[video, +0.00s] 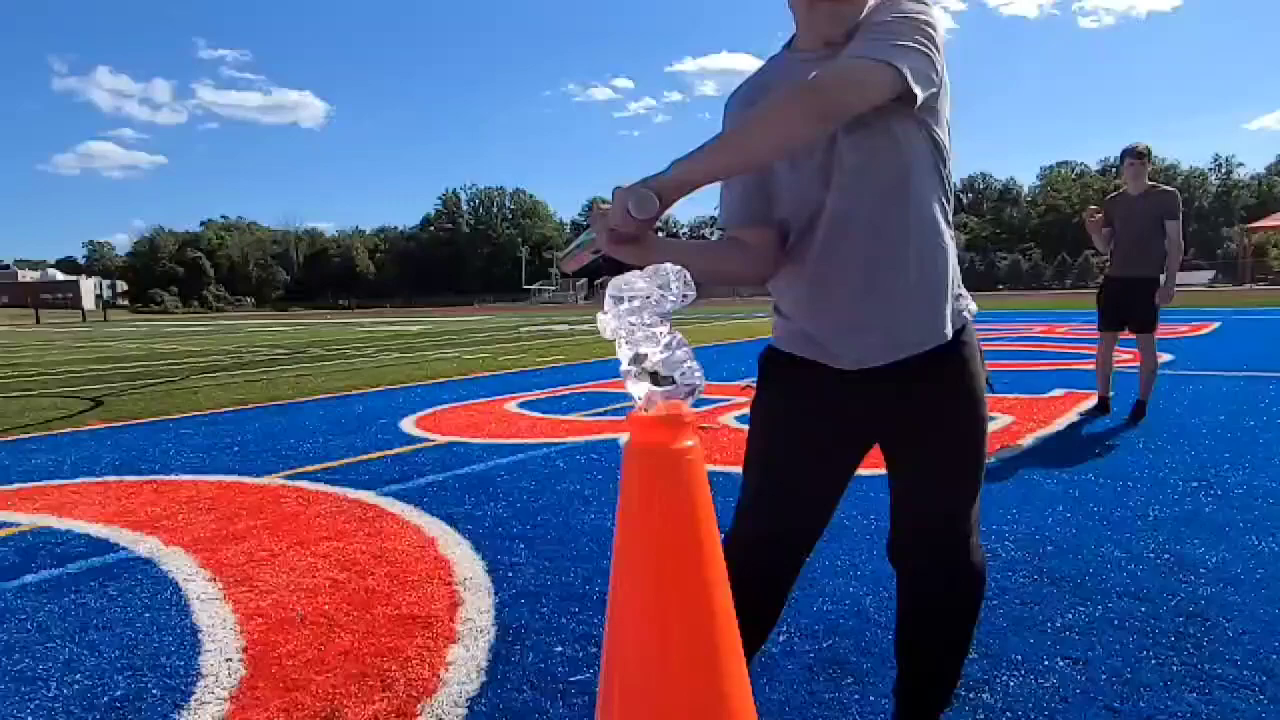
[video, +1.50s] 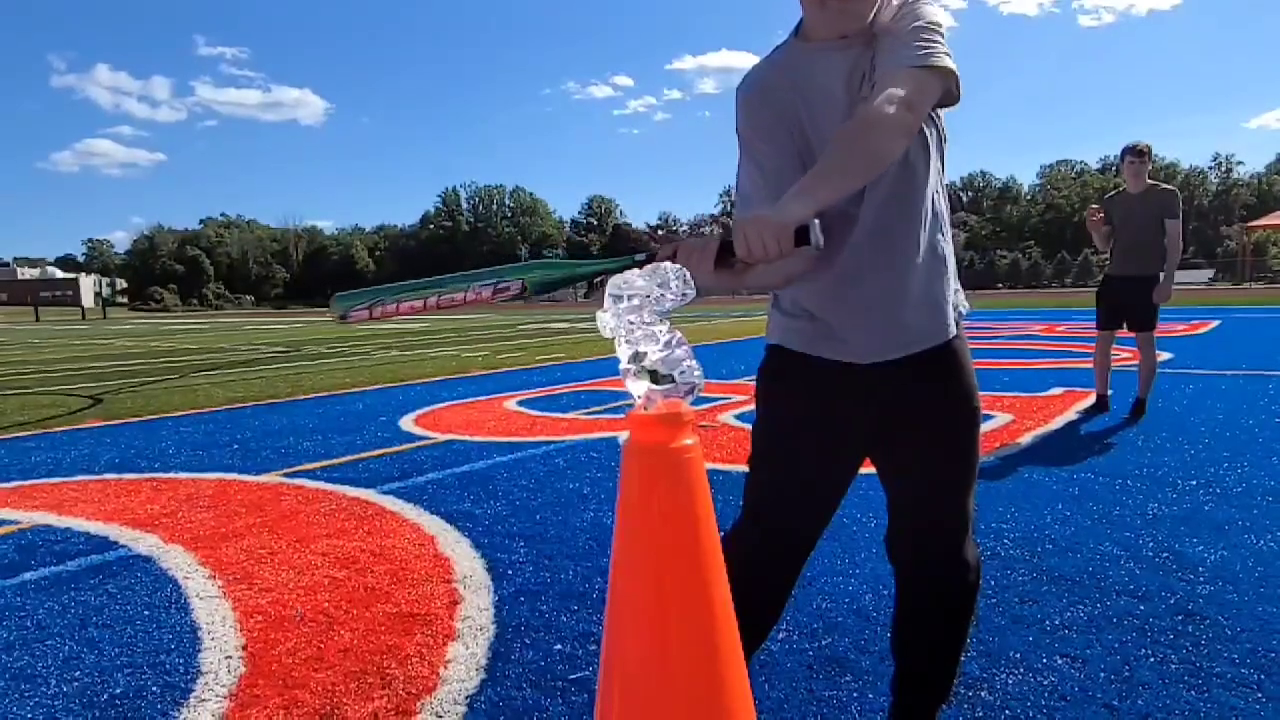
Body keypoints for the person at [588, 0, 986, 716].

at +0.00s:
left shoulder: (907, 24)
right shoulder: (752, 101)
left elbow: (831, 98)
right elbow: (756, 254)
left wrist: (666, 184)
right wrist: (653, 251)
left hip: (931, 357)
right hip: (810, 365)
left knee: (941, 563)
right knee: (756, 561)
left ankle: (920, 709)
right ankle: (689, 700)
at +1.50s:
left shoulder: (910, 21)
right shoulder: (766, 87)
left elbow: (895, 113)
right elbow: (792, 251)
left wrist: (785, 210)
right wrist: (710, 271)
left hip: (927, 355)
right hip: (811, 364)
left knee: (941, 565)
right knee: (759, 565)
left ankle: (918, 707)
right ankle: (687, 696)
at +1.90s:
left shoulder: (914, 23)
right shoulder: (770, 81)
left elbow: (912, 115)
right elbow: (780, 221)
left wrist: (828, 207)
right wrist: (748, 276)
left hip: (924, 355)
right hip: (809, 362)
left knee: (937, 566)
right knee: (763, 557)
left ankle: (915, 708)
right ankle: (688, 695)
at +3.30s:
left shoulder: (920, 21)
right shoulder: (782, 66)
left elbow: (950, 121)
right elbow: (818, 210)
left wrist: (938, 195)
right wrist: (894, 267)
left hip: (918, 346)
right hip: (807, 357)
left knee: (929, 560)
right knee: (778, 561)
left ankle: (909, 712)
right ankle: (748, 706)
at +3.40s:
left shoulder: (916, 19)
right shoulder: (783, 64)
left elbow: (948, 124)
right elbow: (818, 209)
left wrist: (945, 197)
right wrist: (896, 265)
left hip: (915, 339)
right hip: (807, 347)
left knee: (927, 554)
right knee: (769, 540)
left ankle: (907, 712)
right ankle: (719, 699)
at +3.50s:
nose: (867, 0)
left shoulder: (916, 20)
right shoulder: (783, 62)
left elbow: (946, 122)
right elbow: (821, 211)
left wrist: (961, 202)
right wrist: (912, 265)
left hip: (914, 328)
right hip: (808, 336)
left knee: (930, 544)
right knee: (773, 534)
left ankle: (908, 706)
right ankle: (703, 702)